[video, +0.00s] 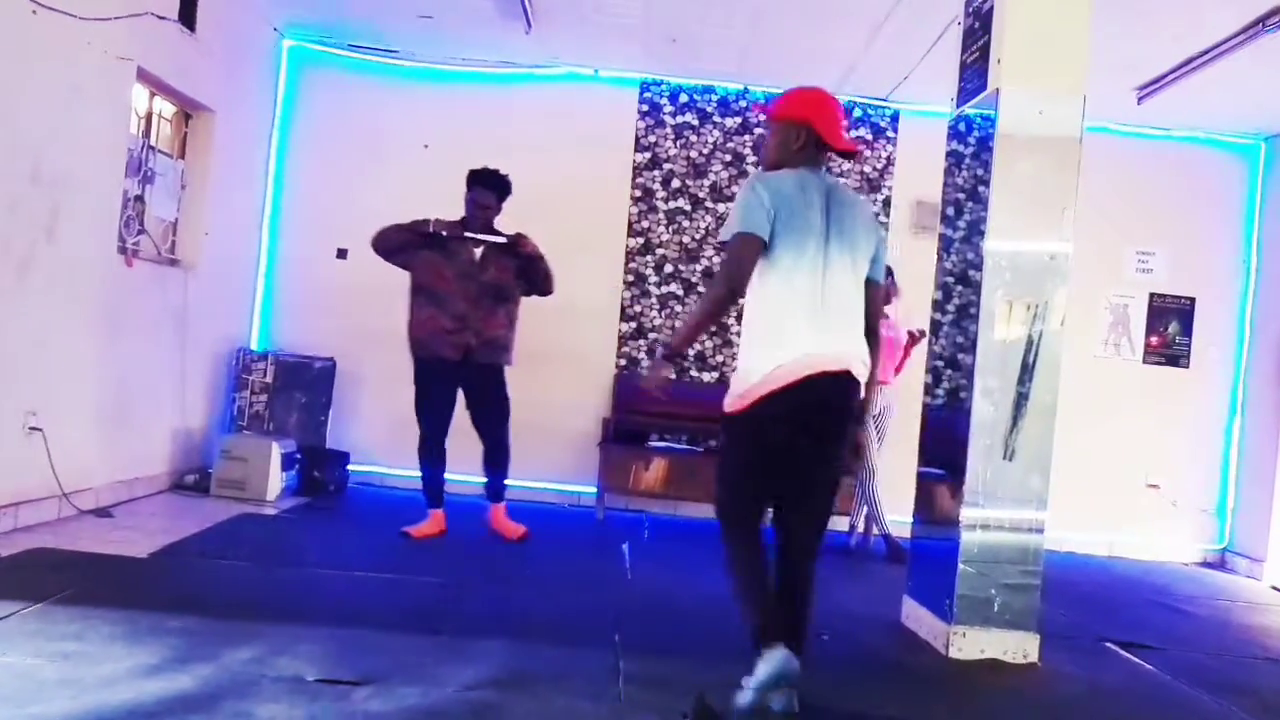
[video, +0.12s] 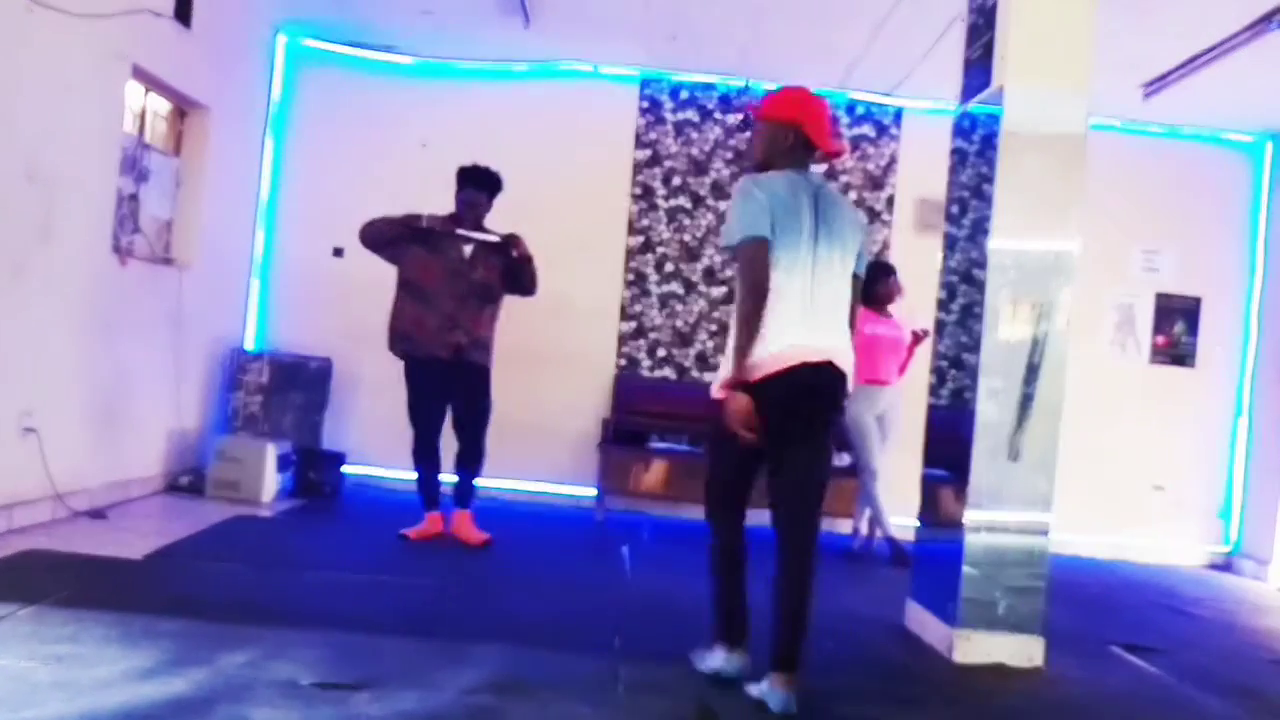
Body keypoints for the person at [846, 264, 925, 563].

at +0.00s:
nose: (888, 293)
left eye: (890, 287)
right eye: (884, 286)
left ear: (892, 291)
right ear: (872, 290)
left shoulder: (894, 324)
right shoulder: (862, 321)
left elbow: (893, 370)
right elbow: (857, 358)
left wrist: (909, 347)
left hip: (886, 394)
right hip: (861, 394)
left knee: (869, 466)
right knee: (870, 466)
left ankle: (854, 534)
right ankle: (886, 535)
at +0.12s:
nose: (899, 287)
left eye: (897, 281)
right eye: (892, 281)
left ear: (887, 287)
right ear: (878, 287)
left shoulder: (896, 325)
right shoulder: (857, 318)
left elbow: (898, 371)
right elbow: (845, 353)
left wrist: (913, 346)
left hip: (890, 392)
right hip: (861, 392)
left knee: (874, 468)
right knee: (870, 467)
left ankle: (859, 533)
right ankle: (889, 536)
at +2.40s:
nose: (889, 285)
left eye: (889, 280)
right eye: (881, 280)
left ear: (890, 287)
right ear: (865, 287)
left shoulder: (894, 328)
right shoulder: (846, 317)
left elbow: (892, 374)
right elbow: (830, 364)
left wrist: (905, 347)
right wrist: (826, 406)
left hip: (881, 397)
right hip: (850, 394)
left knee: (868, 464)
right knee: (867, 463)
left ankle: (850, 532)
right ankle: (887, 536)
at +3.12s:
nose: (884, 287)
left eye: (885, 281)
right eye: (878, 281)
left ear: (886, 285)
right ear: (862, 286)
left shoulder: (891, 327)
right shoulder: (842, 317)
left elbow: (890, 374)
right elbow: (828, 364)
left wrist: (903, 347)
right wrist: (824, 404)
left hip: (879, 397)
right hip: (848, 394)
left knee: (867, 465)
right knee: (866, 463)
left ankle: (849, 533)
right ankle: (886, 535)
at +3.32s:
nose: (881, 292)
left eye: (883, 285)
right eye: (875, 285)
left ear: (886, 287)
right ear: (860, 288)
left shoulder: (890, 327)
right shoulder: (842, 317)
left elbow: (889, 374)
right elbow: (828, 364)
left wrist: (902, 346)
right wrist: (822, 404)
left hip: (879, 397)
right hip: (848, 394)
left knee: (866, 465)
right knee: (867, 464)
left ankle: (850, 533)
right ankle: (885, 535)